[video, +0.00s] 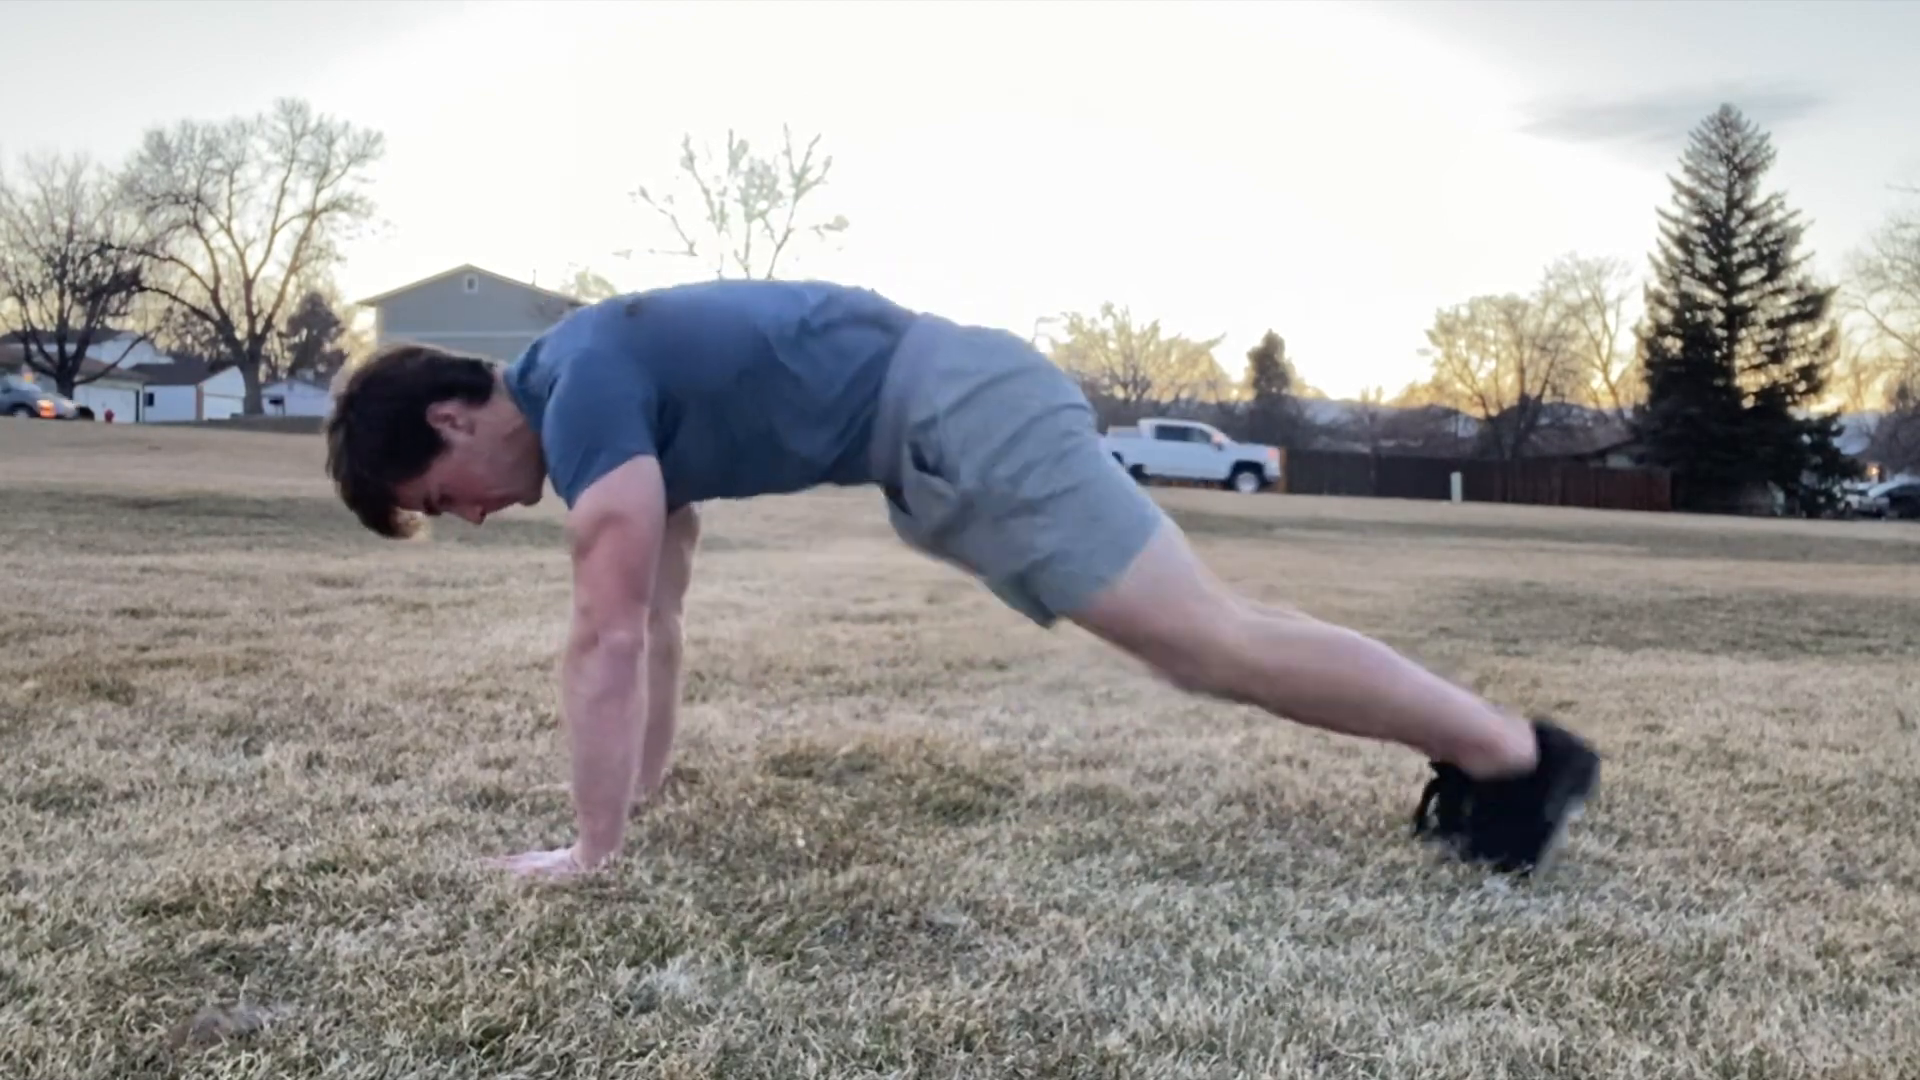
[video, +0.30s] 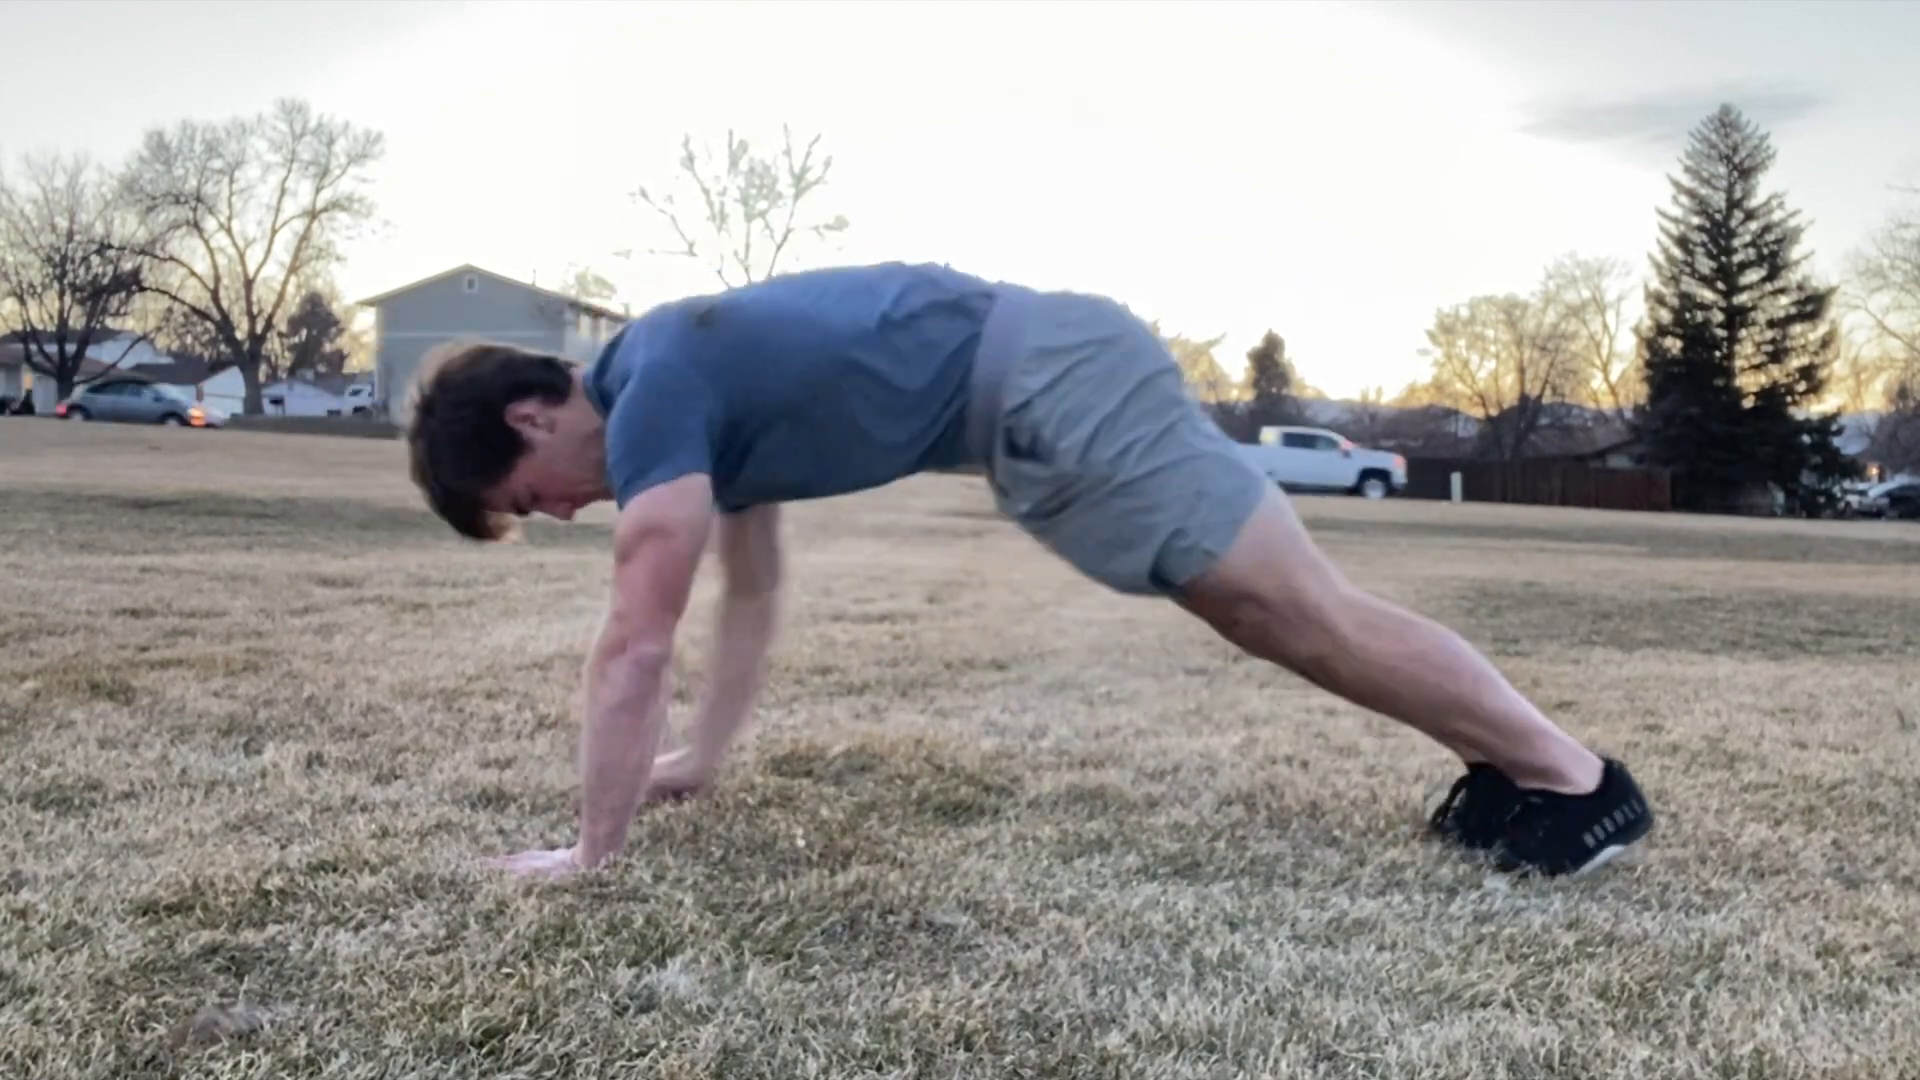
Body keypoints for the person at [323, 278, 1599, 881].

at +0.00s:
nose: (466, 515)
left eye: (438, 494)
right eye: (437, 510)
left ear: (450, 417)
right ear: (460, 426)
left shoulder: (583, 369)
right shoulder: (599, 393)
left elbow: (613, 611)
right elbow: (651, 613)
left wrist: (597, 835)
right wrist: (642, 781)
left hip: (959, 404)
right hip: (948, 423)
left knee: (1206, 640)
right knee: (1197, 632)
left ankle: (1513, 751)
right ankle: (1483, 743)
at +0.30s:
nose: (550, 518)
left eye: (522, 497)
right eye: (524, 513)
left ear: (529, 423)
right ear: (542, 421)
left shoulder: (658, 368)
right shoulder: (681, 391)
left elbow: (635, 638)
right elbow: (745, 590)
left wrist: (588, 853)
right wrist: (702, 754)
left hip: (1052, 376)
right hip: (1032, 398)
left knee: (1309, 614)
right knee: (1273, 618)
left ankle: (1582, 781)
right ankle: (1515, 757)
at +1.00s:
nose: (1207, 522)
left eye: (1187, 509)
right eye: (1187, 520)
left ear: (1189, 436)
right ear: (1184, 420)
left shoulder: (1318, 369)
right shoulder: (1231, 376)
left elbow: (1301, 622)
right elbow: (1253, 591)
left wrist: (1215, 811)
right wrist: (1266, 770)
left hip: (1624, 215)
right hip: (1519, 253)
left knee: (1567, 516)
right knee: (1477, 524)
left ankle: (1634, 822)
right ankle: (1559, 792)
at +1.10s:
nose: (1240, 505)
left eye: (1221, 486)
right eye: (1218, 501)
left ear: (1230, 411)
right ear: (1230, 400)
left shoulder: (1366, 340)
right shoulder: (1273, 367)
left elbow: (1424, 584)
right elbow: (1288, 583)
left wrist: (1348, 764)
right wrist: (1276, 767)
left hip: (1670, 216)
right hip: (1558, 258)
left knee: (1599, 512)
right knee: (1504, 521)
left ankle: (1642, 826)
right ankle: (1563, 791)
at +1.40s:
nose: (1244, 438)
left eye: (1226, 416)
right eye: (1220, 431)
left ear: (1252, 341)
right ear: (1250, 335)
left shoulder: (1404, 308)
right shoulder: (1322, 343)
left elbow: (1479, 547)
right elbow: (1322, 532)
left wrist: (1501, 752)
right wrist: (1297, 712)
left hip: (1722, 224)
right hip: (1612, 259)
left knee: (1621, 509)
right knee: (1540, 506)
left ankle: (1646, 824)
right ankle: (1571, 791)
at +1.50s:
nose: (1226, 431)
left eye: (1208, 406)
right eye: (1202, 421)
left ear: (1244, 331)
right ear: (1244, 327)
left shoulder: (1380, 298)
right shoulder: (1329, 343)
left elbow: (1409, 544)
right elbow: (1359, 539)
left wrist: (1398, 751)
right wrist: (1376, 717)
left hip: (1717, 224)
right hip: (1608, 262)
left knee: (1615, 511)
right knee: (1530, 513)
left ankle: (1644, 825)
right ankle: (1570, 790)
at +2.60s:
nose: (482, 463)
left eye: (466, 434)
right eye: (461, 448)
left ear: (508, 369)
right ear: (522, 366)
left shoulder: (653, 370)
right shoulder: (663, 374)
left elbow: (615, 644)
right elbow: (759, 545)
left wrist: (558, 860)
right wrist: (714, 706)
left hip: (1044, 398)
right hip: (1017, 428)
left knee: (1296, 637)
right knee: (1246, 653)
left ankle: (1594, 783)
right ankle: (1515, 749)